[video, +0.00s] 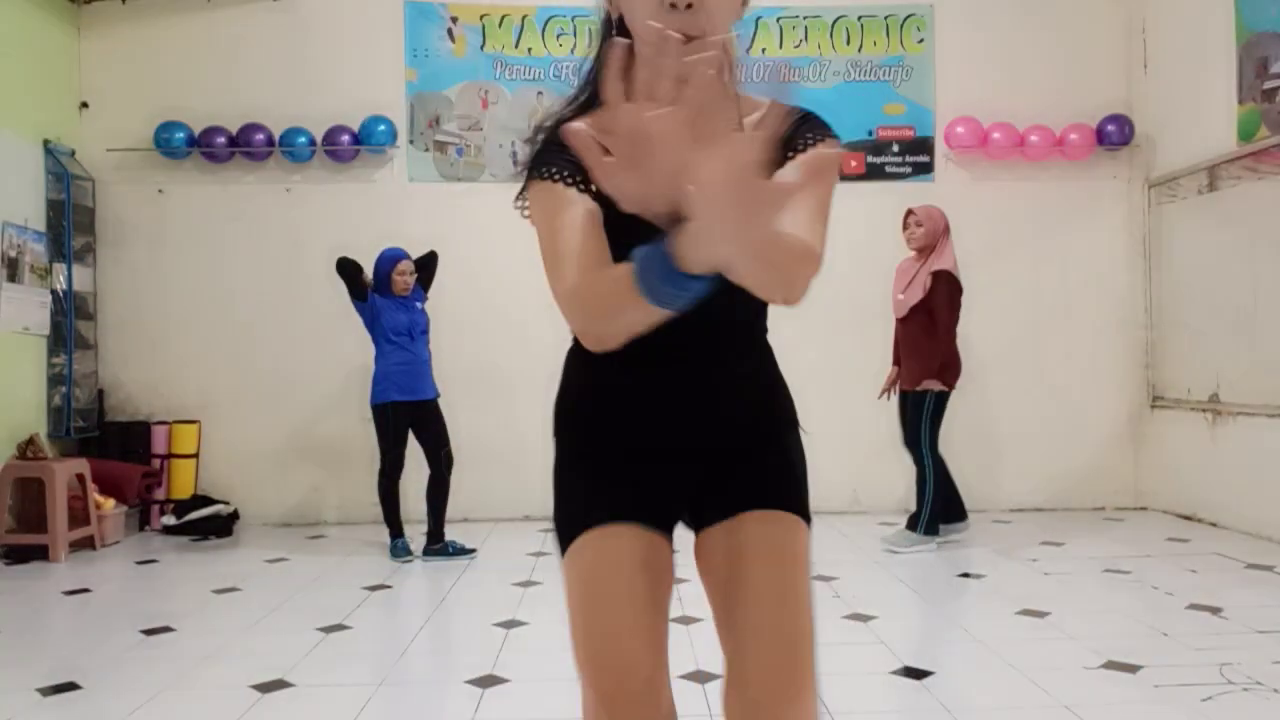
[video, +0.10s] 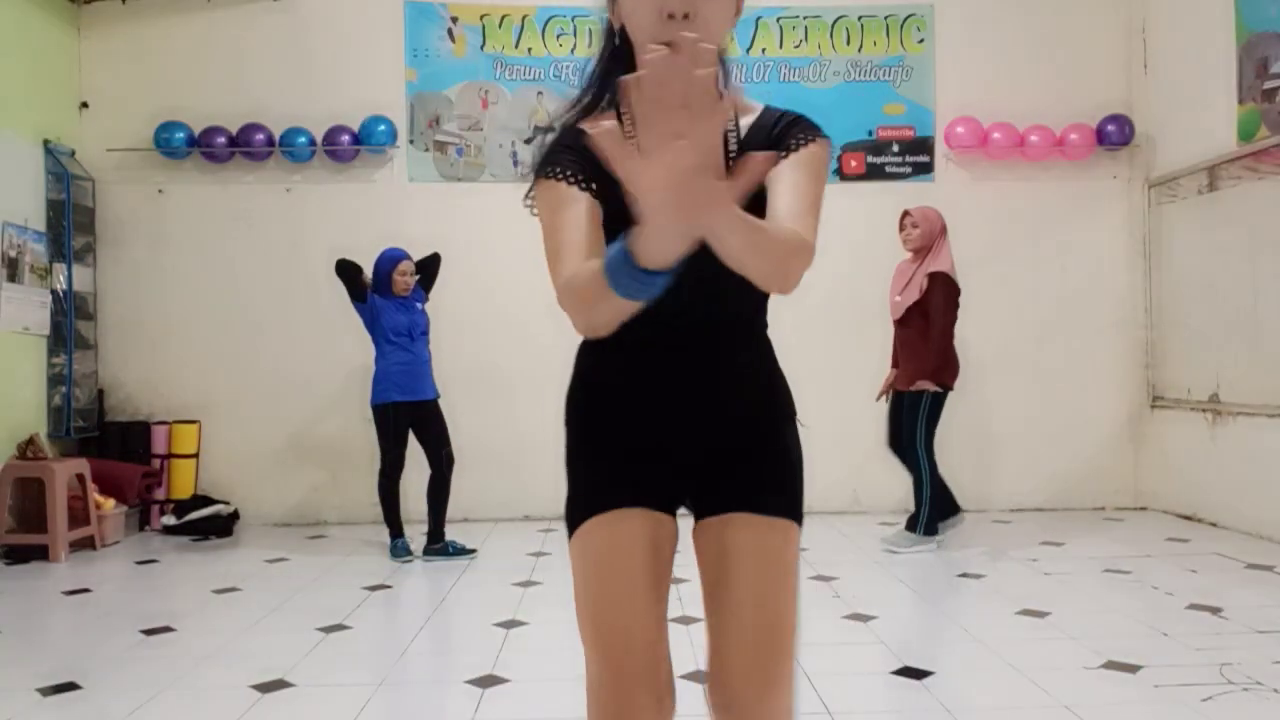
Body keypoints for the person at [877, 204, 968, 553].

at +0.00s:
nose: (911, 231)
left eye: (918, 226)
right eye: (907, 227)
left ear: (937, 231)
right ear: (905, 234)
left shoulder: (943, 274)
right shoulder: (909, 271)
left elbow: (945, 329)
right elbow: (903, 323)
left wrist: (935, 373)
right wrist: (896, 366)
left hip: (936, 373)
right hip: (911, 371)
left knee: (924, 445)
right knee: (914, 442)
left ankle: (923, 528)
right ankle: (952, 514)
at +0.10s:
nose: (907, 232)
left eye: (914, 226)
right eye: (904, 228)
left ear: (933, 231)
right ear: (902, 235)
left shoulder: (940, 275)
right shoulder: (907, 273)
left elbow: (941, 330)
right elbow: (904, 327)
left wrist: (928, 374)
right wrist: (894, 369)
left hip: (933, 375)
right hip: (907, 373)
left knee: (919, 444)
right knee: (900, 441)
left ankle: (923, 527)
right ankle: (945, 507)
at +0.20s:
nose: (902, 235)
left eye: (909, 229)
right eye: (899, 230)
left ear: (928, 234)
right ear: (897, 238)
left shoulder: (935, 279)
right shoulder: (904, 276)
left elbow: (937, 336)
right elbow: (906, 335)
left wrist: (921, 377)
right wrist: (893, 376)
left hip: (926, 380)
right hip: (900, 377)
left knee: (913, 448)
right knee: (878, 440)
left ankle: (920, 529)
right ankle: (930, 502)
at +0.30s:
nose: (896, 231)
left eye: (903, 226)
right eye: (893, 227)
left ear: (923, 231)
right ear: (892, 235)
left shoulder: (929, 276)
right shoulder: (903, 272)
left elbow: (933, 332)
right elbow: (906, 327)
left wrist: (918, 376)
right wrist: (896, 368)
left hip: (924, 378)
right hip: (897, 373)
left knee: (913, 448)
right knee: (868, 435)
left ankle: (921, 530)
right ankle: (906, 511)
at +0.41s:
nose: (892, 228)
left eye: (899, 222)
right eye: (889, 223)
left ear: (918, 227)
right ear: (886, 231)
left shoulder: (922, 267)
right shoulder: (900, 265)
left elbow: (931, 322)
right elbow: (903, 320)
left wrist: (917, 371)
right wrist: (893, 364)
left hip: (920, 373)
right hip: (892, 369)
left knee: (920, 449)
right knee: (870, 435)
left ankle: (923, 529)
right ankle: (878, 521)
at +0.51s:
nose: (887, 228)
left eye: (895, 223)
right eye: (884, 224)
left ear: (912, 228)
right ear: (881, 232)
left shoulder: (916, 263)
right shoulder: (895, 267)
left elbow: (929, 318)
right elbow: (892, 334)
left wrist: (916, 367)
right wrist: (875, 383)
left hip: (916, 377)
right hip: (888, 376)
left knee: (923, 452)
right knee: (873, 450)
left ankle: (923, 528)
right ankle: (854, 522)